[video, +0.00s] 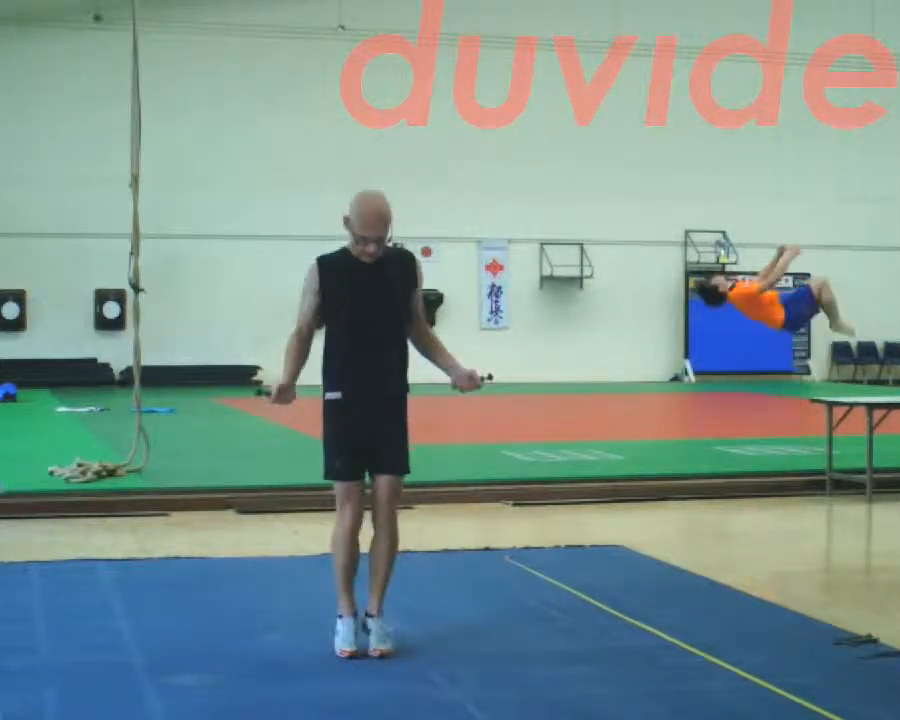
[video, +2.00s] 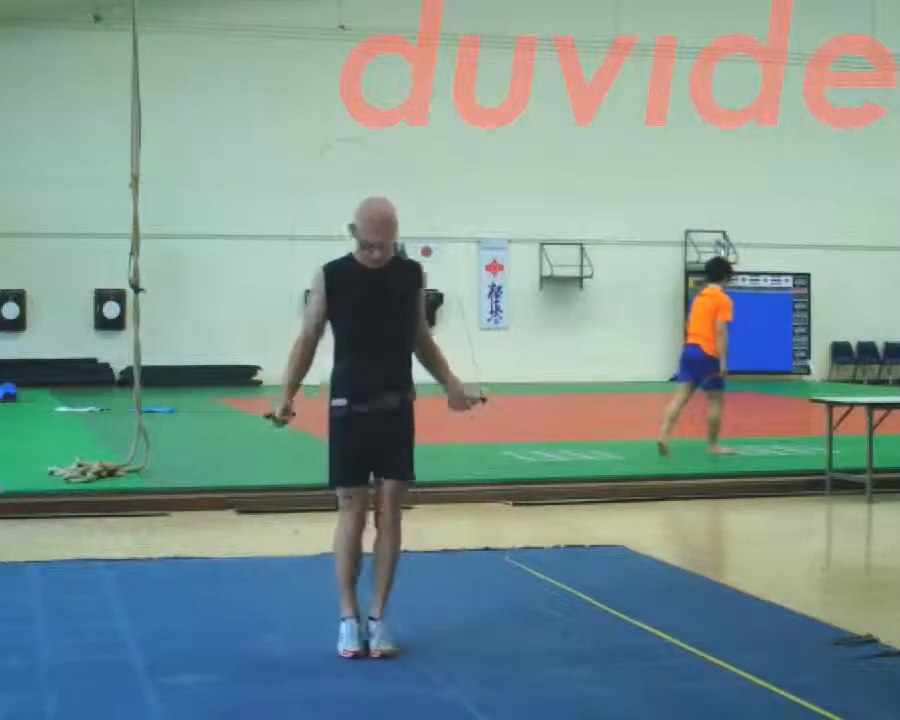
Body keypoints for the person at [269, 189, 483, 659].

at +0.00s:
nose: (371, 248)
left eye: (379, 240)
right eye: (363, 240)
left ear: (390, 228)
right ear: (347, 228)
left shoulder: (405, 266)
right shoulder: (325, 270)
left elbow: (419, 330)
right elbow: (303, 331)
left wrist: (455, 369)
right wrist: (288, 382)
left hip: (390, 400)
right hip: (343, 401)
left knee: (386, 505)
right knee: (350, 508)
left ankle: (375, 615)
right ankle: (346, 616)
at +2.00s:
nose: (378, 255)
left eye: (385, 247)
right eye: (370, 248)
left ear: (397, 235)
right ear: (354, 235)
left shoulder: (411, 275)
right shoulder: (331, 277)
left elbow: (421, 339)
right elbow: (308, 339)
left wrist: (453, 385)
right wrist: (287, 394)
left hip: (396, 407)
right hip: (349, 408)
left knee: (390, 510)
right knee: (353, 510)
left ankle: (378, 617)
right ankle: (349, 618)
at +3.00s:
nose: (379, 213)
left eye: (386, 205)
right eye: (370, 205)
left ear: (396, 198)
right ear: (355, 197)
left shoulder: (415, 235)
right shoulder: (332, 237)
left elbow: (433, 304)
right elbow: (309, 302)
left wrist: (464, 357)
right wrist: (282, 355)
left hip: (392, 354)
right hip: (347, 355)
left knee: (397, 446)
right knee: (359, 447)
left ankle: (384, 556)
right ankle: (355, 554)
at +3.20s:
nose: (376, 228)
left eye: (384, 220)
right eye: (367, 220)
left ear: (395, 214)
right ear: (352, 214)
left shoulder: (415, 255)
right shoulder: (332, 259)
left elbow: (435, 317)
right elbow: (307, 323)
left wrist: (469, 370)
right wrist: (276, 378)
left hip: (393, 374)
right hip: (347, 374)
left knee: (393, 473)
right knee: (364, 470)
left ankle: (384, 573)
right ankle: (359, 570)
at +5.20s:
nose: (373, 198)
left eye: (382, 190)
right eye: (364, 189)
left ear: (395, 192)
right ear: (353, 191)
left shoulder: (413, 242)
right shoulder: (332, 242)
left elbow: (425, 312)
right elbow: (313, 310)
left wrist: (454, 363)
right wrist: (287, 368)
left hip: (394, 369)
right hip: (349, 369)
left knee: (396, 466)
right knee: (353, 472)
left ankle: (388, 577)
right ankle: (351, 579)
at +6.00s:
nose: (362, 202)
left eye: (371, 193)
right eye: (354, 193)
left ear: (386, 194)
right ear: (344, 194)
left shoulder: (406, 240)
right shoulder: (325, 244)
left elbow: (428, 305)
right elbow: (305, 312)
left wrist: (458, 356)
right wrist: (281, 367)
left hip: (387, 361)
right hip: (341, 361)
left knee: (386, 455)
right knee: (354, 456)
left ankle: (377, 563)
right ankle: (352, 560)